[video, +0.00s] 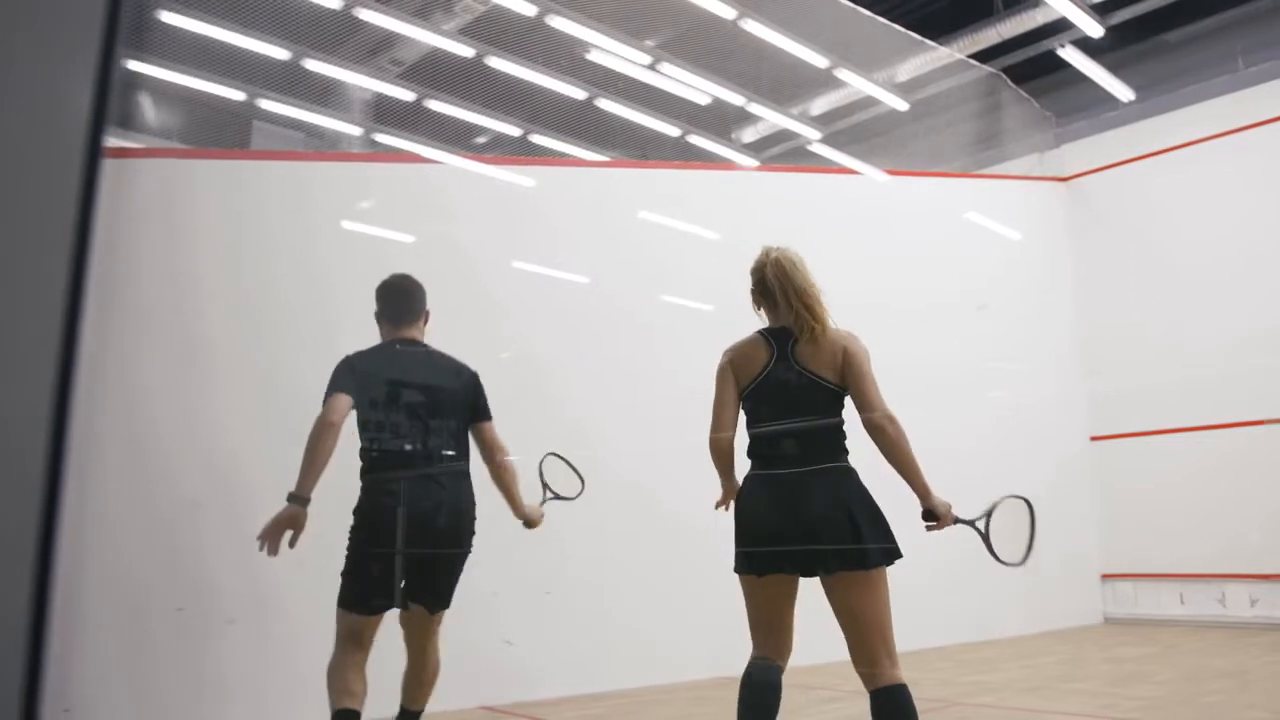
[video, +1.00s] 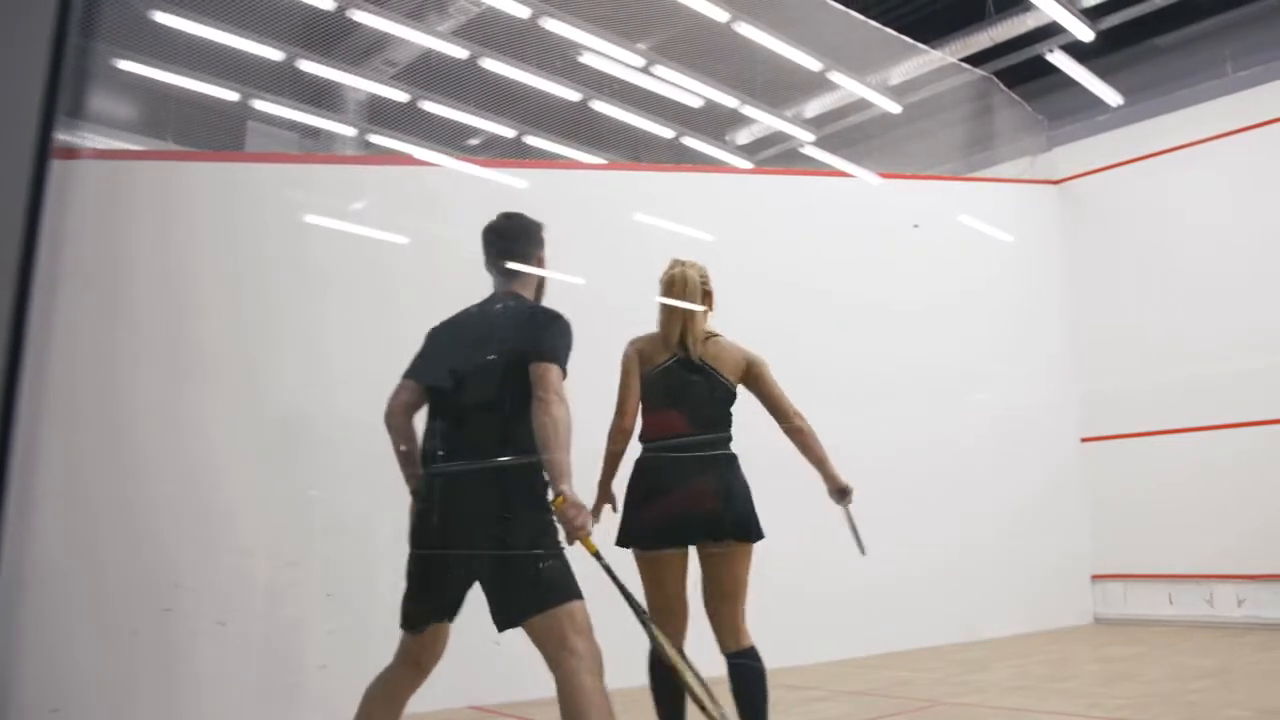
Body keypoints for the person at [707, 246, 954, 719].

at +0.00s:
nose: (759, 300)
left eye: (757, 294)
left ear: (759, 297)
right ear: (809, 289)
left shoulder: (738, 357)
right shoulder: (843, 346)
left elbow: (720, 438)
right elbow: (878, 420)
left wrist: (729, 484)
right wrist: (927, 495)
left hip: (765, 512)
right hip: (838, 506)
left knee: (767, 654)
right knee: (880, 668)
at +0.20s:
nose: (754, 308)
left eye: (753, 302)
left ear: (757, 305)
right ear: (804, 296)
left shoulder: (736, 364)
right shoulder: (837, 354)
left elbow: (716, 438)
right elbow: (871, 427)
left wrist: (714, 492)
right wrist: (920, 498)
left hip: (757, 515)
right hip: (827, 509)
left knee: (758, 651)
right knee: (871, 668)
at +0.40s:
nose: (745, 317)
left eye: (743, 310)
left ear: (742, 315)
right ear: (789, 307)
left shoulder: (718, 374)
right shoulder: (814, 366)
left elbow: (701, 448)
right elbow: (848, 441)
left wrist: (696, 511)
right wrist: (899, 507)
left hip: (739, 522)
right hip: (805, 517)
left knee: (747, 650)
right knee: (856, 665)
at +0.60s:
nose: (763, 316)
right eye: (763, 308)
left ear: (716, 317)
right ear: (763, 313)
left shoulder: (689, 376)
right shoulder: (781, 373)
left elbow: (670, 450)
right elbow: (819, 442)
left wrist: (669, 517)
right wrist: (874, 504)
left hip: (708, 526)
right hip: (772, 520)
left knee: (733, 649)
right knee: (833, 650)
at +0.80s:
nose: (738, 308)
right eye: (737, 300)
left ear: (689, 305)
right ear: (736, 304)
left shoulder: (662, 363)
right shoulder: (756, 362)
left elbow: (641, 437)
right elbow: (802, 429)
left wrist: (636, 497)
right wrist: (852, 486)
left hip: (682, 513)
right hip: (746, 506)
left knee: (707, 641)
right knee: (782, 637)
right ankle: (808, 715)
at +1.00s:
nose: (712, 299)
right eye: (711, 292)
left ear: (662, 299)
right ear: (709, 298)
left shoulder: (641, 350)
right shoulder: (738, 356)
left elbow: (623, 426)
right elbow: (792, 422)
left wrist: (605, 484)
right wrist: (831, 475)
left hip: (657, 495)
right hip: (722, 492)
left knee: (667, 632)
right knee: (733, 630)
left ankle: (671, 717)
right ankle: (755, 716)